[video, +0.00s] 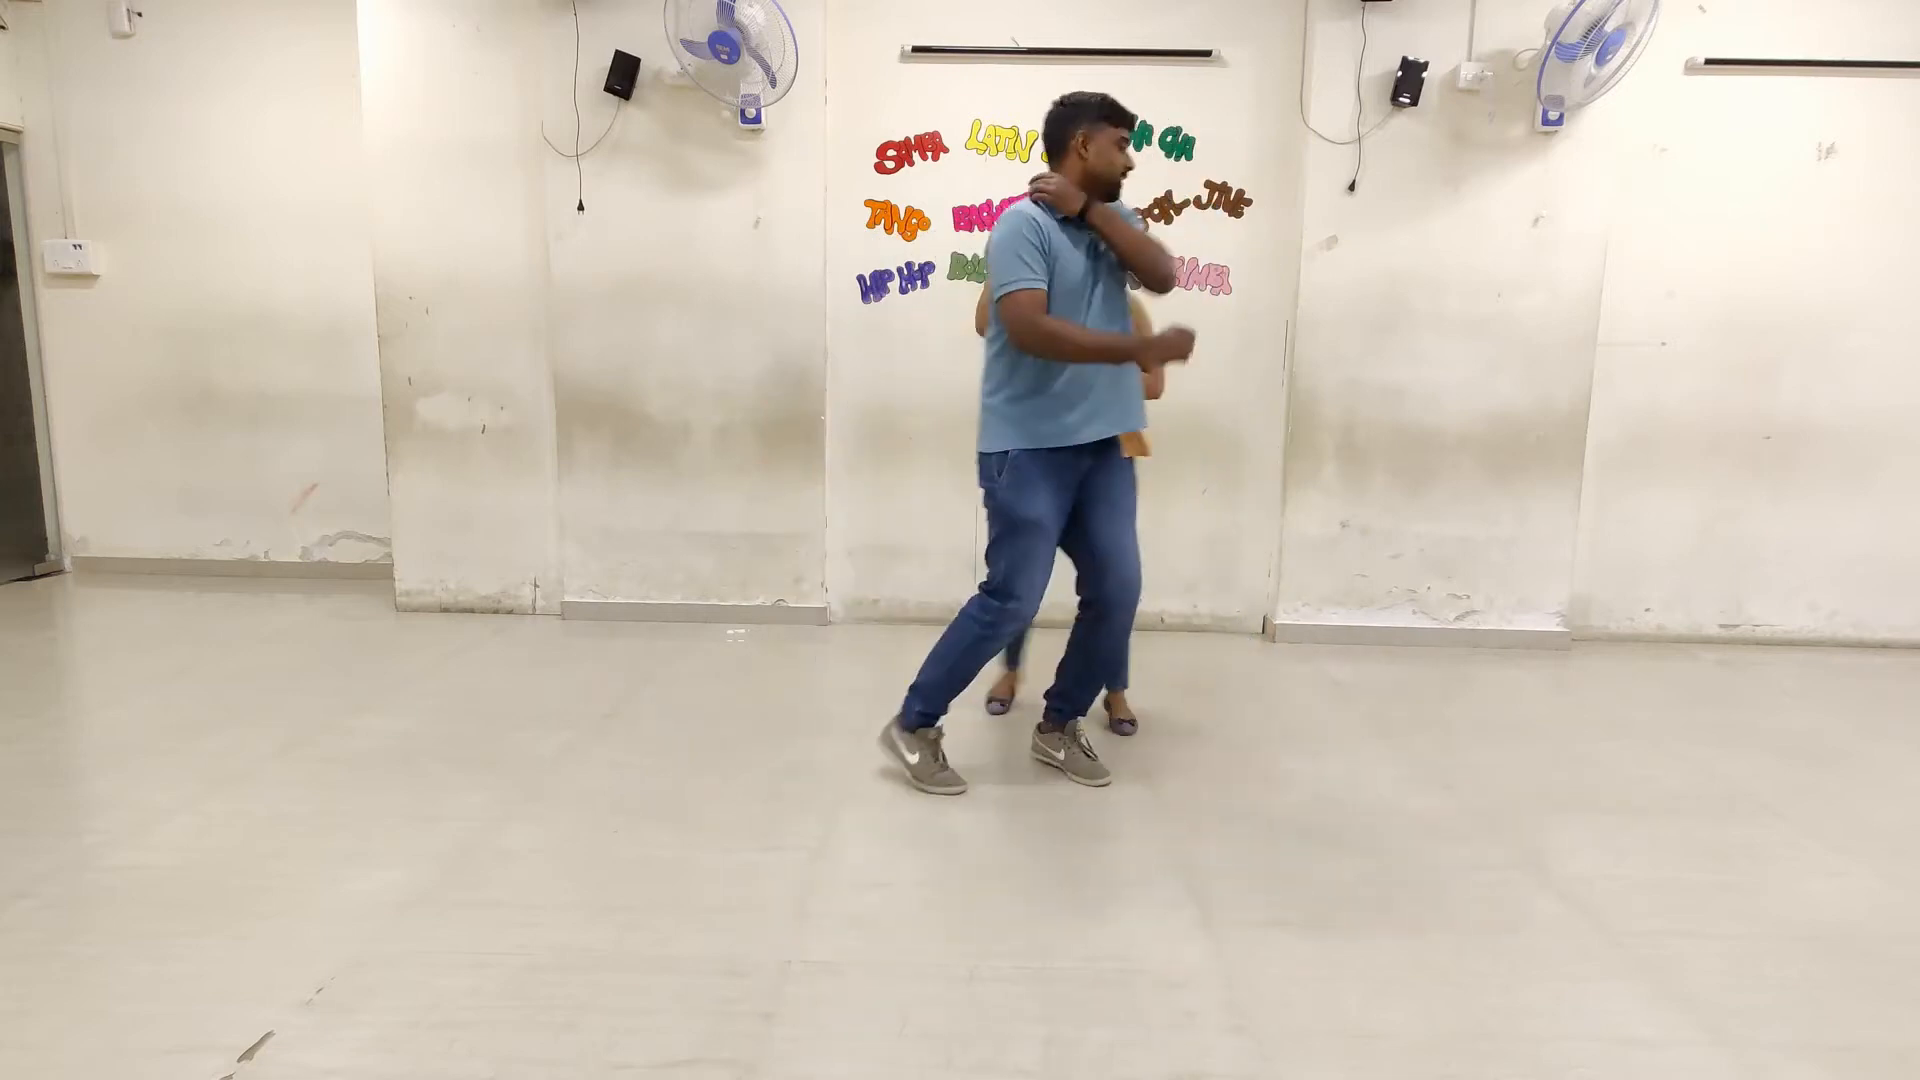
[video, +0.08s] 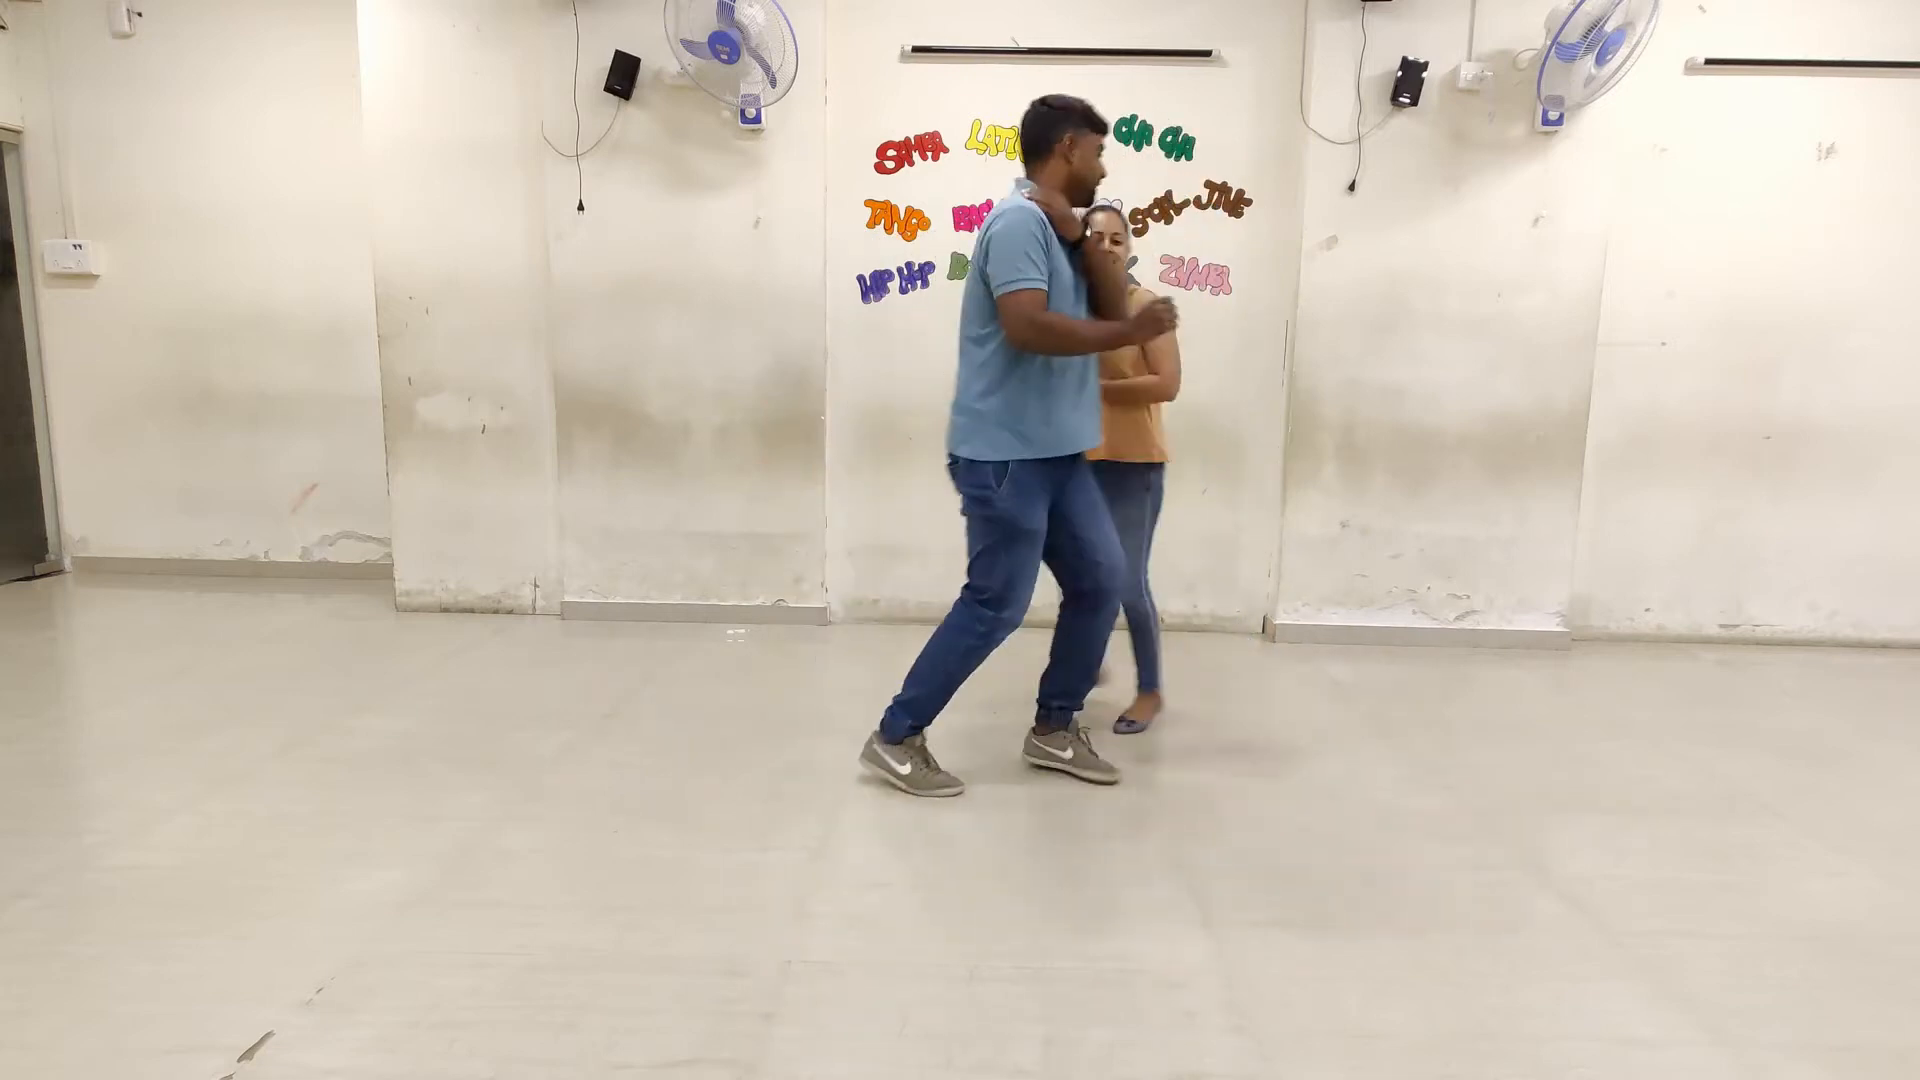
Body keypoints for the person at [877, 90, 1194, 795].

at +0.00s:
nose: (1130, 157)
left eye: (1130, 146)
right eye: (1120, 144)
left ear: (1088, 152)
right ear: (1078, 146)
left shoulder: (1114, 227)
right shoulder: (1021, 224)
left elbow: (1164, 275)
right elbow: (1026, 328)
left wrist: (1086, 207)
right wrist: (1139, 347)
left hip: (1102, 446)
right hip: (1026, 446)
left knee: (1118, 589)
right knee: (1014, 597)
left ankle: (1058, 724)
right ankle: (913, 725)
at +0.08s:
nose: (1104, 169)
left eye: (1103, 156)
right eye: (1098, 155)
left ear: (1057, 153)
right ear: (1066, 150)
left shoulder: (1069, 234)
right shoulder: (1017, 222)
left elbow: (1110, 320)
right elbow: (1025, 324)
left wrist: (1103, 262)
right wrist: (1128, 333)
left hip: (1058, 452)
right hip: (1001, 452)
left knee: (1102, 581)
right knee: (995, 603)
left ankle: (1055, 728)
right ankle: (895, 736)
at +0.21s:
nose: (1077, 178)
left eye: (1074, 164)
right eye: (1072, 163)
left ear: (1021, 163)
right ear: (1050, 161)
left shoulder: (1008, 228)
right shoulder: (1015, 232)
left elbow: (1047, 344)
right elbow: (1043, 352)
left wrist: (1064, 284)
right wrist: (1106, 334)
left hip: (1013, 458)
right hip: (985, 461)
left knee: (1076, 573)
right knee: (986, 612)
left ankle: (1038, 725)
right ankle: (885, 744)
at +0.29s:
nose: (1055, 189)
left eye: (1054, 175)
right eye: (1053, 175)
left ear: (992, 175)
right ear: (1032, 174)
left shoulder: (958, 239)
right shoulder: (1020, 250)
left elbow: (962, 348)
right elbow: (1054, 370)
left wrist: (1045, 345)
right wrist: (1070, 345)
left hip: (957, 456)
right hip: (980, 468)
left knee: (1047, 575)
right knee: (985, 623)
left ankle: (995, 717)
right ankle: (880, 751)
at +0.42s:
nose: (1043, 178)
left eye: (1041, 165)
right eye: (1038, 165)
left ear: (980, 170)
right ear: (1016, 169)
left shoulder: (940, 233)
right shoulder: (1022, 247)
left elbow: (961, 334)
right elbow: (1054, 357)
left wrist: (1043, 352)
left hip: (927, 439)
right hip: (976, 451)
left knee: (1001, 569)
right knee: (976, 602)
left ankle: (942, 707)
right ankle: (879, 749)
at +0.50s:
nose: (1044, 175)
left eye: (1042, 162)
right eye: (1039, 163)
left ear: (980, 167)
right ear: (1018, 165)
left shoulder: (938, 228)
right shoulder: (1020, 241)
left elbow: (966, 327)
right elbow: (1056, 349)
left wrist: (1070, 349)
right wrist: (1035, 306)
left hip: (923, 432)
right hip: (974, 443)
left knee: (974, 576)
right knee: (982, 600)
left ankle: (939, 708)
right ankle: (884, 743)